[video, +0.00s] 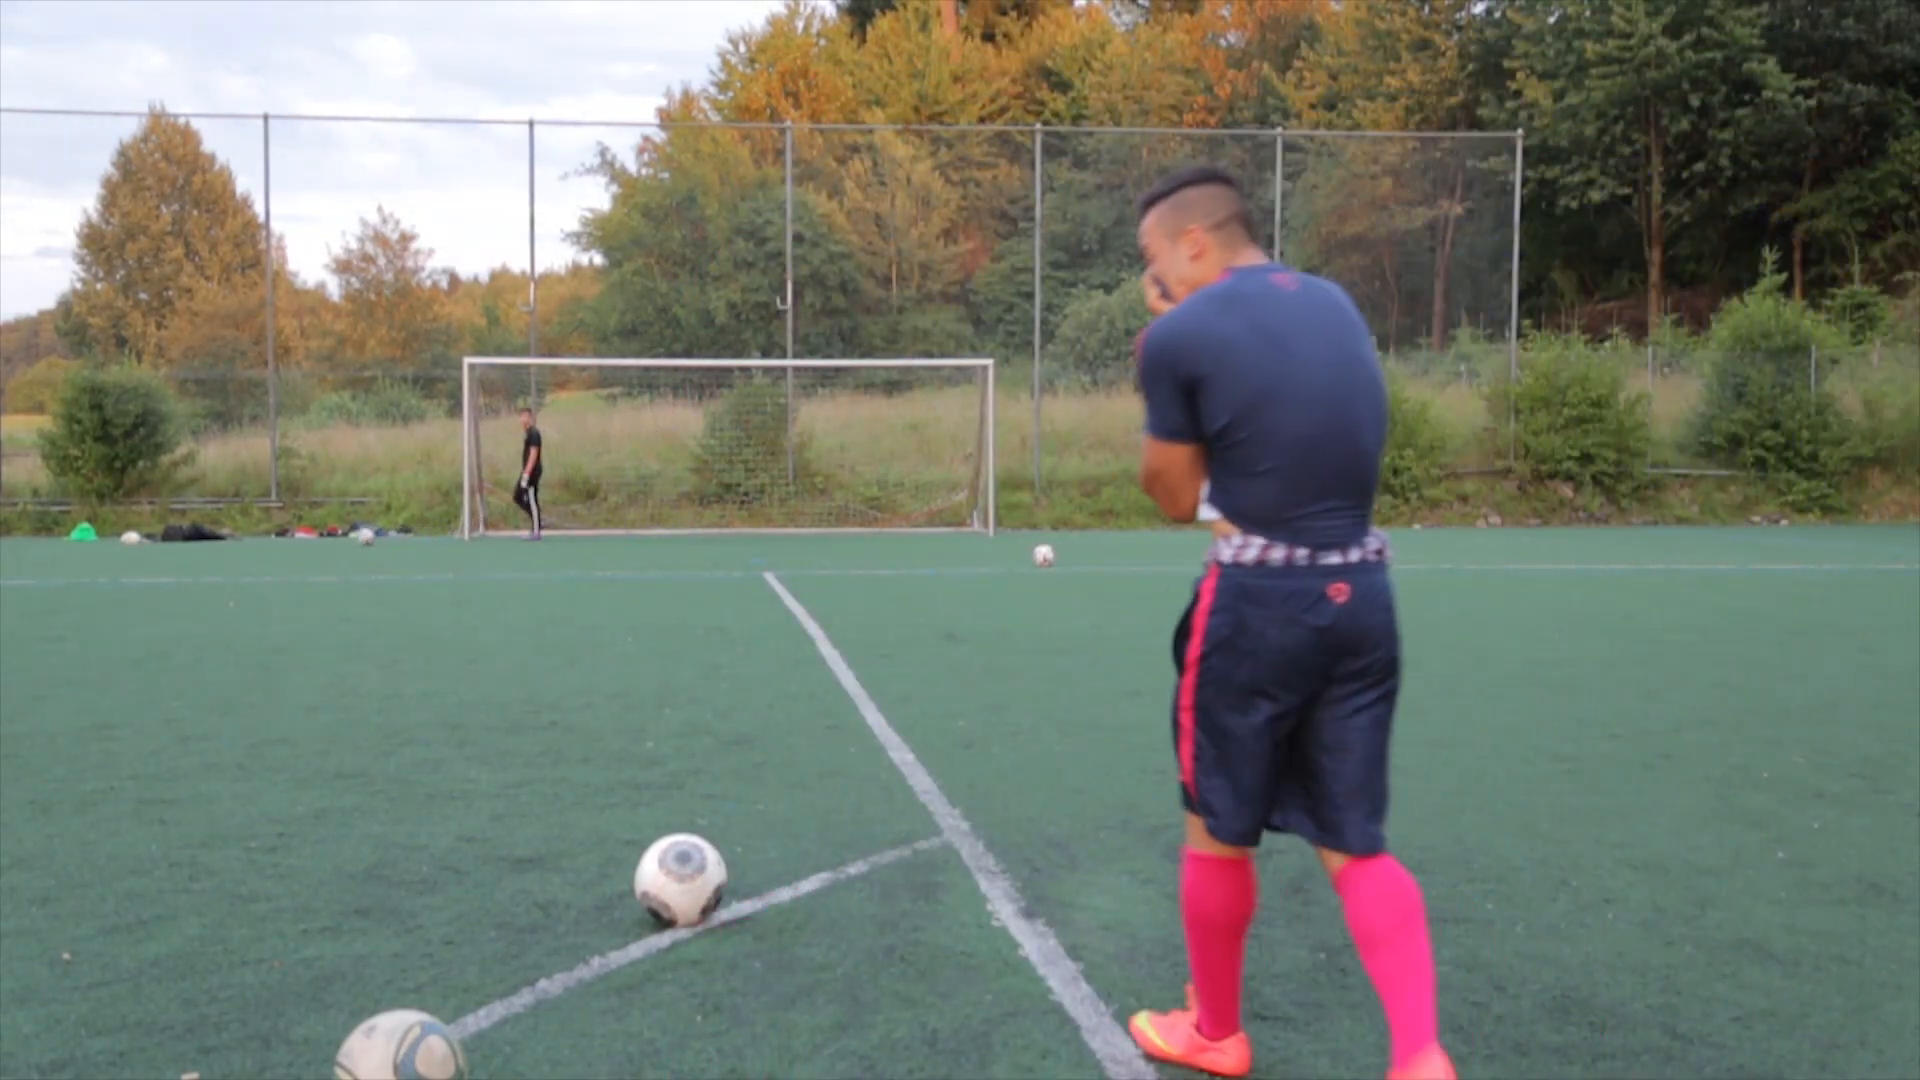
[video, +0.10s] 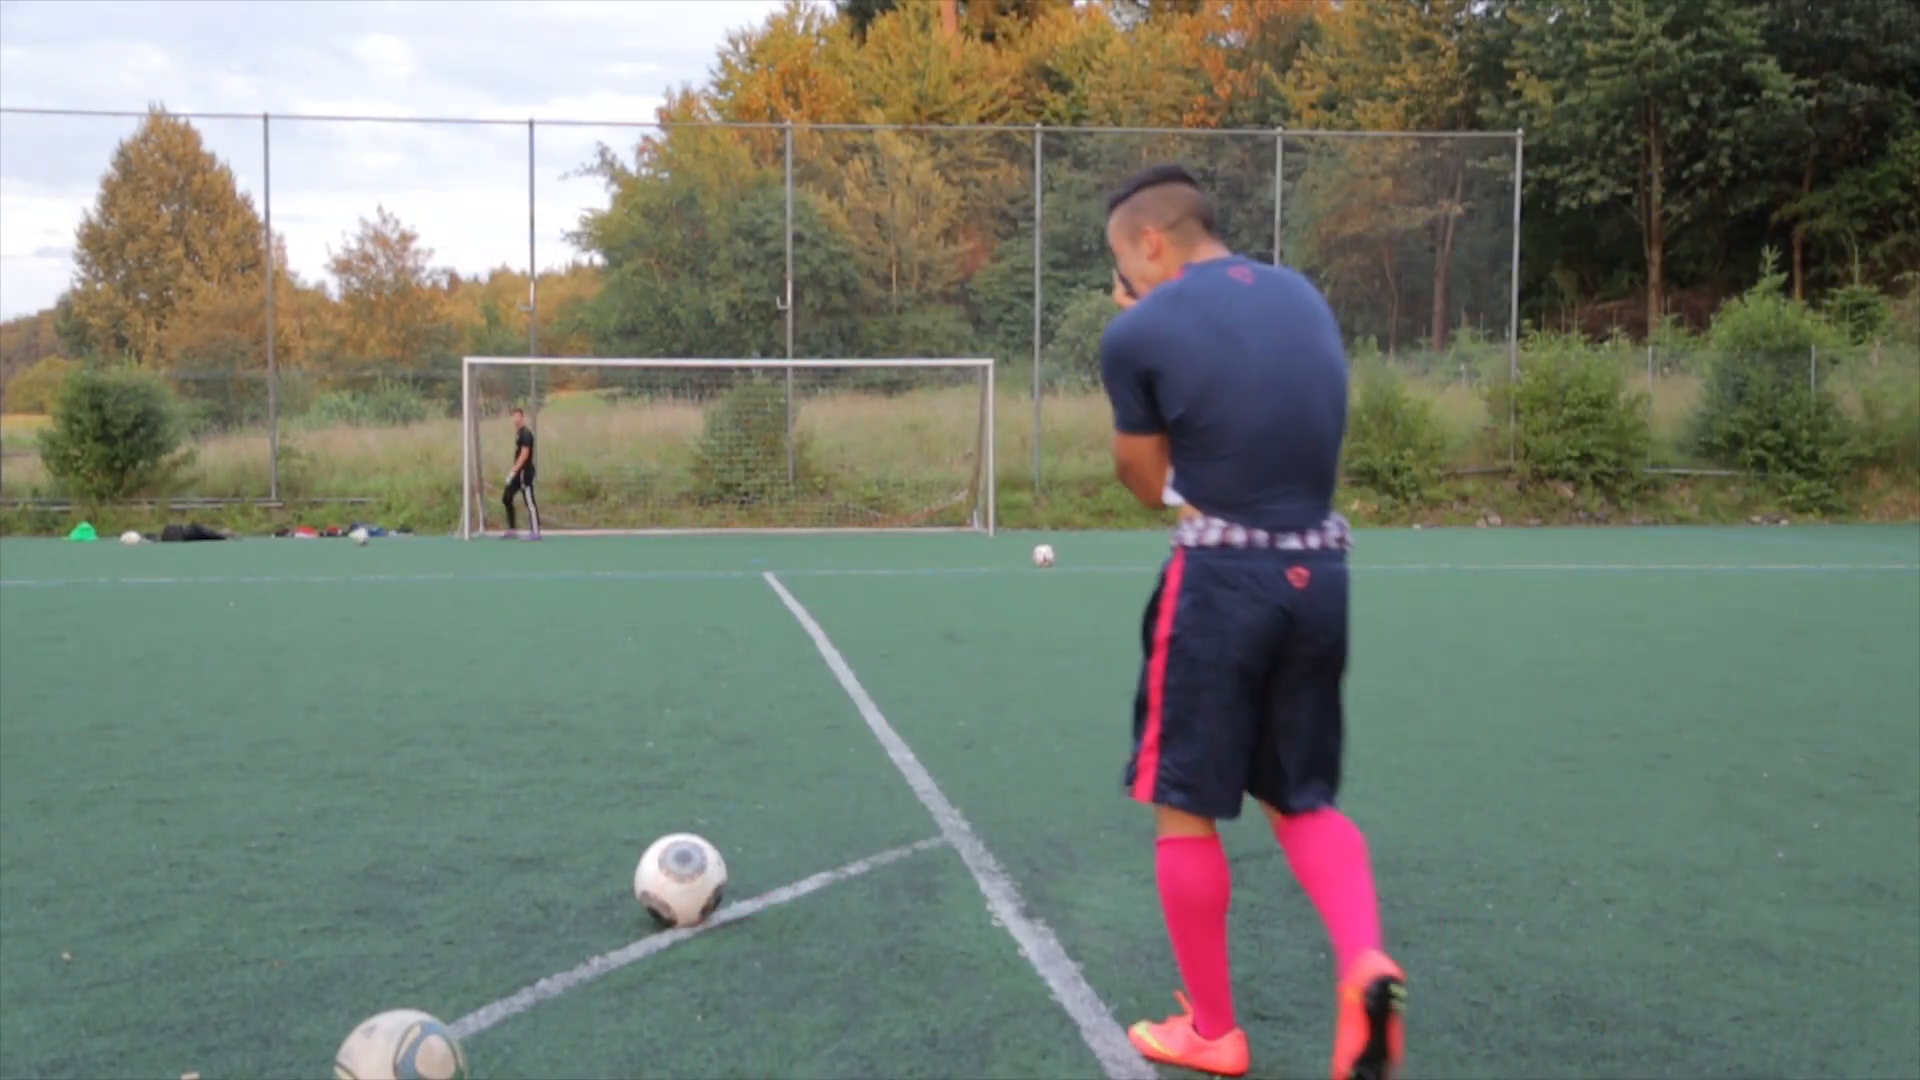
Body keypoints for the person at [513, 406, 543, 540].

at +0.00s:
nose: (522, 420)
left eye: (525, 417)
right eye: (521, 417)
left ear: (531, 418)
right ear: (521, 419)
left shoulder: (533, 434)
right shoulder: (529, 434)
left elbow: (533, 456)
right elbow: (530, 456)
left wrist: (526, 475)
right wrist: (525, 473)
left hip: (532, 471)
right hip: (527, 470)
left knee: (531, 499)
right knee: (518, 497)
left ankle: (536, 530)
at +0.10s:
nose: (515, 420)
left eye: (517, 417)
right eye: (514, 417)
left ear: (522, 418)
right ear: (513, 419)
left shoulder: (526, 434)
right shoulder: (520, 434)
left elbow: (524, 455)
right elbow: (521, 455)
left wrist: (512, 472)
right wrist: (515, 471)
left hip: (525, 470)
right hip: (519, 470)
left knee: (529, 501)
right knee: (507, 497)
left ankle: (535, 531)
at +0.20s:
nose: (505, 421)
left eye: (507, 418)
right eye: (503, 418)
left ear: (512, 419)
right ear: (503, 420)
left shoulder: (516, 435)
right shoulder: (510, 435)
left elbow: (515, 455)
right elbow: (512, 456)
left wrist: (502, 471)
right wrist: (503, 471)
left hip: (516, 470)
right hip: (509, 471)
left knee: (524, 501)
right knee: (501, 502)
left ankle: (534, 531)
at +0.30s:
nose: (496, 422)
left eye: (498, 419)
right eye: (494, 419)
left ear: (503, 420)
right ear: (493, 421)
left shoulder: (507, 436)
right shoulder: (501, 436)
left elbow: (506, 457)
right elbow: (502, 457)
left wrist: (492, 473)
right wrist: (495, 473)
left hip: (507, 473)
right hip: (499, 473)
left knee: (517, 502)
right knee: (491, 502)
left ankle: (533, 529)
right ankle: (482, 531)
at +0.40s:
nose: (485, 421)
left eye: (487, 418)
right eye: (484, 418)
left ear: (493, 419)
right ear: (484, 420)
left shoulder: (497, 436)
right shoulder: (490, 436)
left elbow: (495, 458)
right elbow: (492, 458)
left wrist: (487, 476)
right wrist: (487, 474)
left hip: (496, 473)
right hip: (488, 473)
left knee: (502, 503)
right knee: (481, 502)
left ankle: (526, 526)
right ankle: (479, 531)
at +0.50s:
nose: (474, 420)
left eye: (477, 417)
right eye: (474, 417)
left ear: (483, 418)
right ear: (473, 419)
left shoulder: (487, 434)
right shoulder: (480, 434)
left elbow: (487, 455)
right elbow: (482, 455)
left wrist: (483, 474)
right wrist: (478, 472)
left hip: (486, 472)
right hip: (479, 471)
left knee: (483, 502)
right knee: (477, 501)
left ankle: (510, 521)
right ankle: (478, 531)